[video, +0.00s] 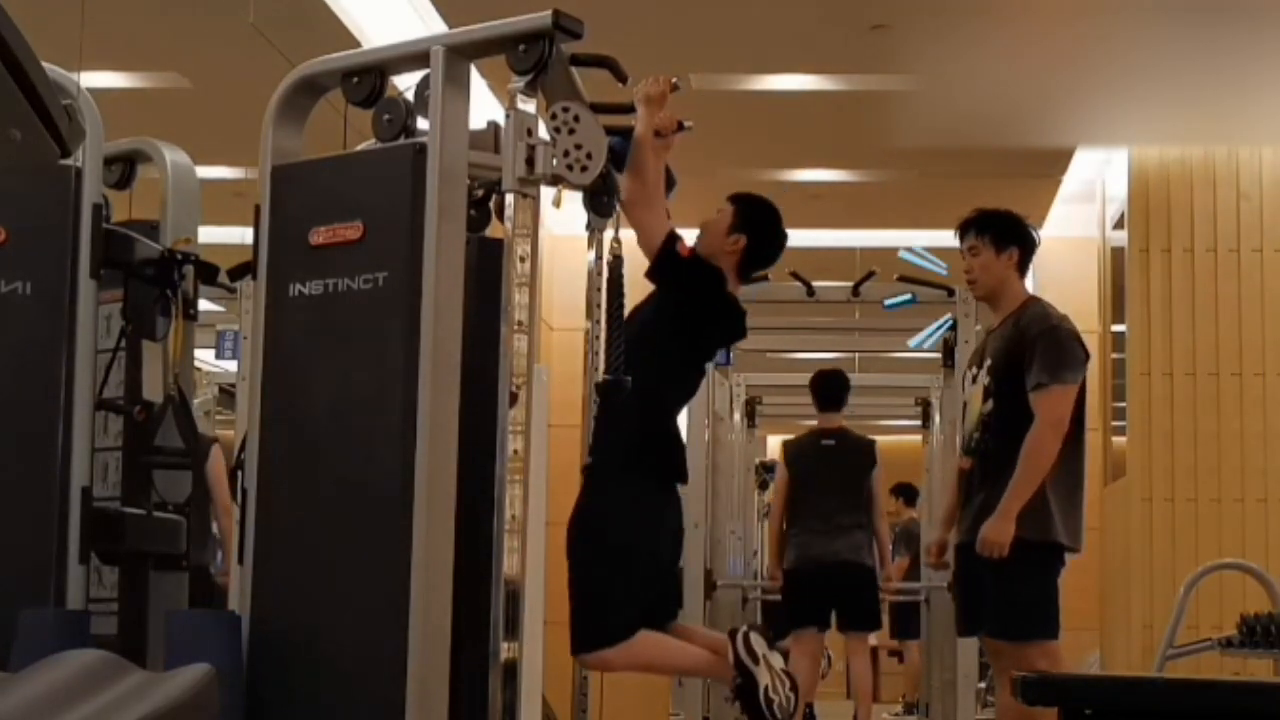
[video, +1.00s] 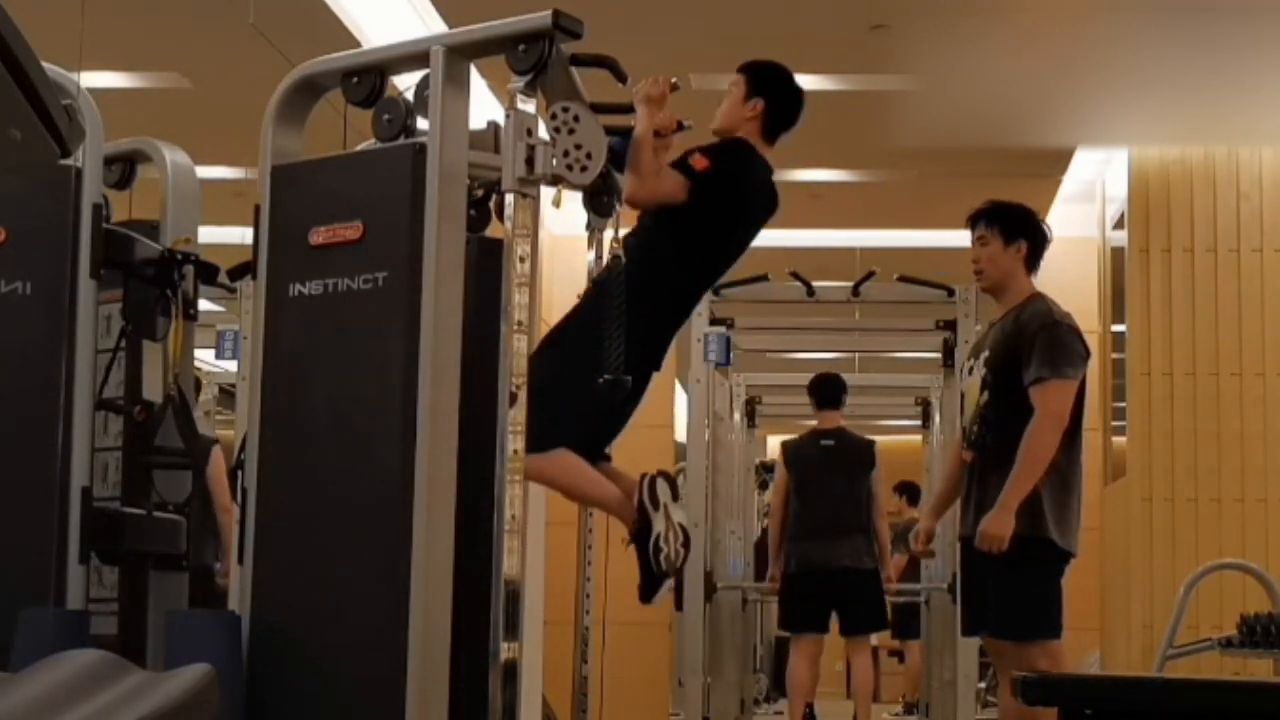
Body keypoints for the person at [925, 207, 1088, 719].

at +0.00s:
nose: (966, 267)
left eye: (975, 253)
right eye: (964, 256)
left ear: (1012, 257)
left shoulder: (1047, 330)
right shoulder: (994, 340)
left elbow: (1051, 428)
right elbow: (974, 445)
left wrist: (1005, 514)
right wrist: (947, 524)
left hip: (1029, 529)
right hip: (992, 529)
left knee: (1037, 673)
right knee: (1004, 667)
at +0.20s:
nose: (966, 266)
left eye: (975, 253)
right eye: (964, 255)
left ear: (1012, 255)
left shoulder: (1047, 328)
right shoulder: (993, 339)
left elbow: (1052, 426)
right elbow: (975, 440)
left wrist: (1009, 513)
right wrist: (946, 520)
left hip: (1029, 527)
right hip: (990, 528)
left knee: (1037, 669)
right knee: (1003, 664)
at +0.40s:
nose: (966, 264)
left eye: (976, 250)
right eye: (965, 252)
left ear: (1011, 253)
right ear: (999, 258)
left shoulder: (1046, 326)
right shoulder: (990, 341)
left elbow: (1053, 427)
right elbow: (969, 442)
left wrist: (1020, 513)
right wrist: (933, 522)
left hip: (1027, 530)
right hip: (987, 529)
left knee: (1038, 667)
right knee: (1003, 664)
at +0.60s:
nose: (966, 261)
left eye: (976, 248)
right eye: (965, 250)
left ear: (1012, 251)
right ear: (998, 255)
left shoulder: (1047, 325)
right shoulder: (989, 339)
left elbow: (1055, 424)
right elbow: (967, 439)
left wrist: (1020, 511)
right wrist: (927, 515)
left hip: (1029, 527)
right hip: (989, 526)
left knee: (1039, 667)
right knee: (1004, 661)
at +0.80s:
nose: (970, 256)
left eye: (981, 243)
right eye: (970, 245)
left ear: (1016, 249)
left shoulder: (1046, 324)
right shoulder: (991, 337)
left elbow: (1052, 422)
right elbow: (967, 438)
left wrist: (1011, 508)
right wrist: (925, 513)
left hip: (1030, 526)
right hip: (992, 524)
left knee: (1038, 667)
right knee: (1004, 660)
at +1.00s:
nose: (973, 255)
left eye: (984, 243)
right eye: (973, 245)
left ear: (1020, 249)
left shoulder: (1046, 324)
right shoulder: (995, 336)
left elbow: (1051, 421)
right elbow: (971, 438)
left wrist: (1006, 506)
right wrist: (931, 514)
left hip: (1031, 524)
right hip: (994, 523)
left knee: (1039, 664)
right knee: (1004, 659)